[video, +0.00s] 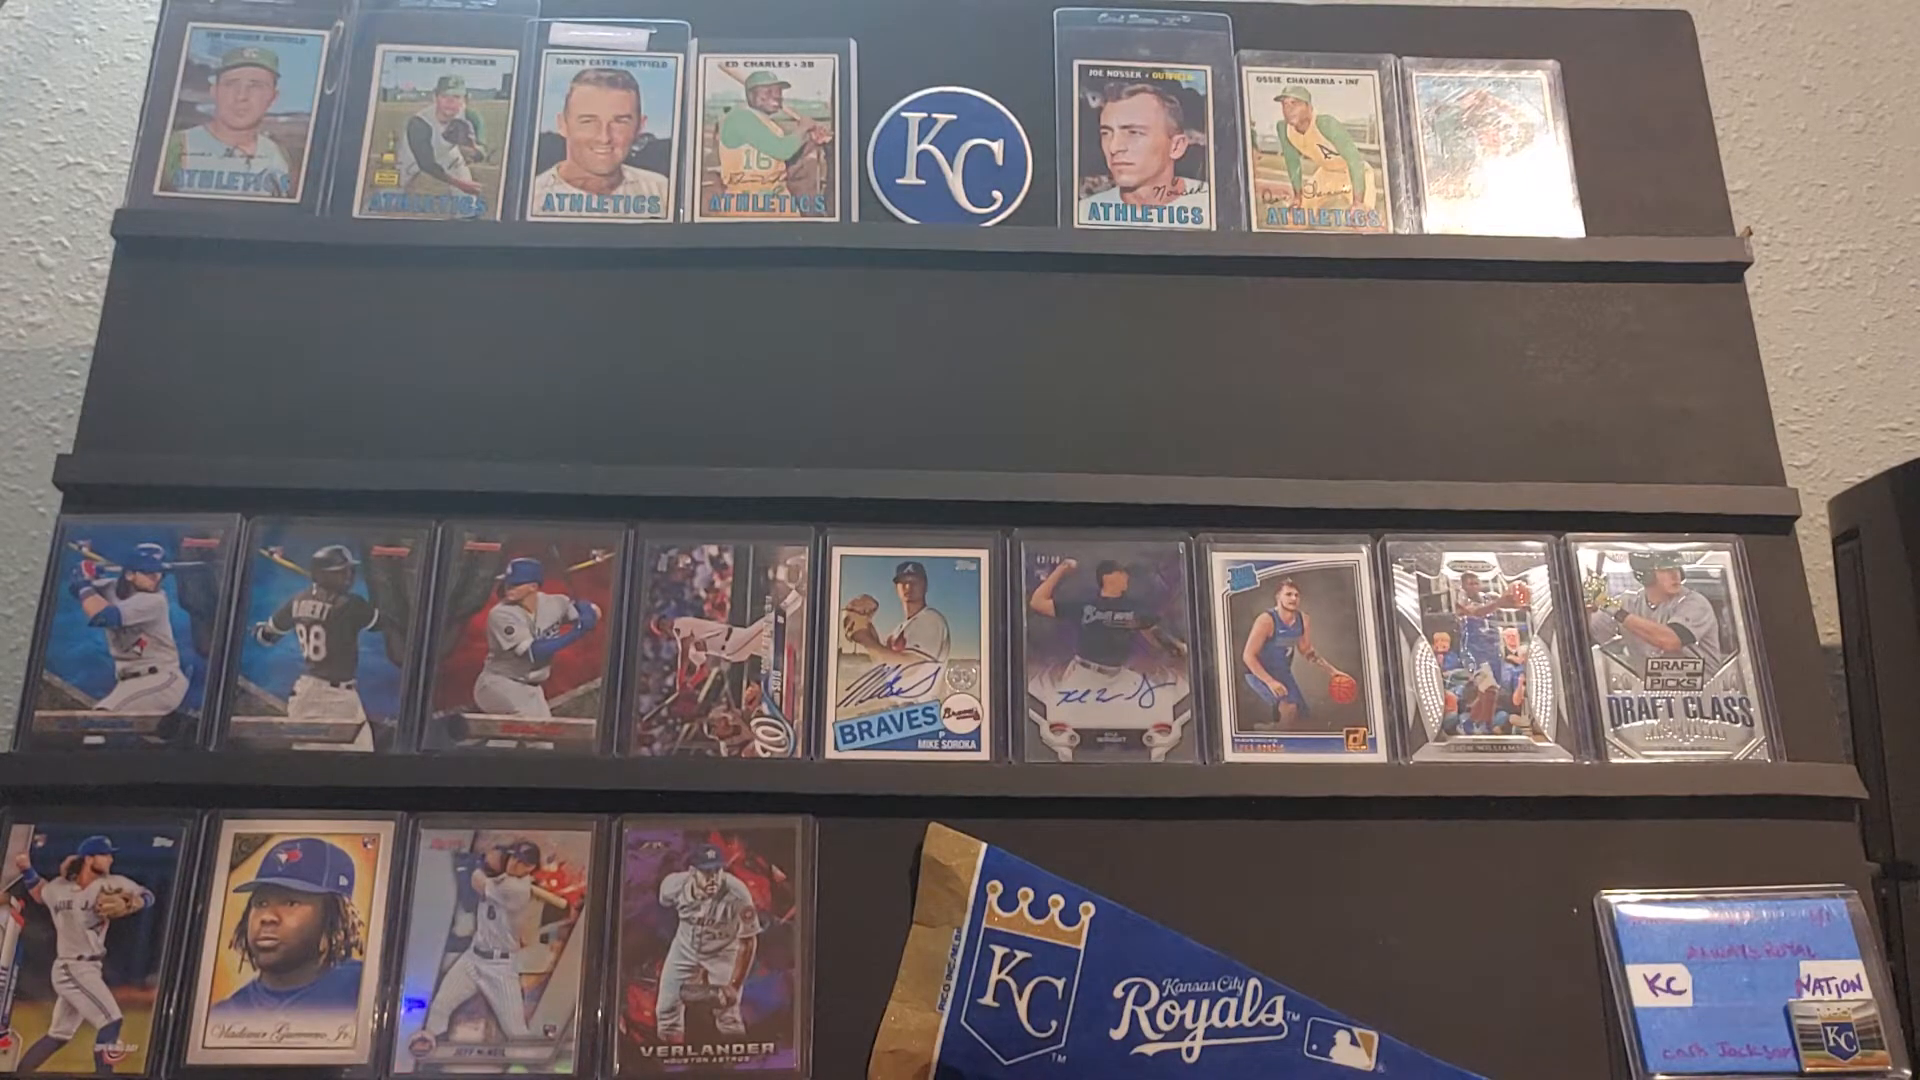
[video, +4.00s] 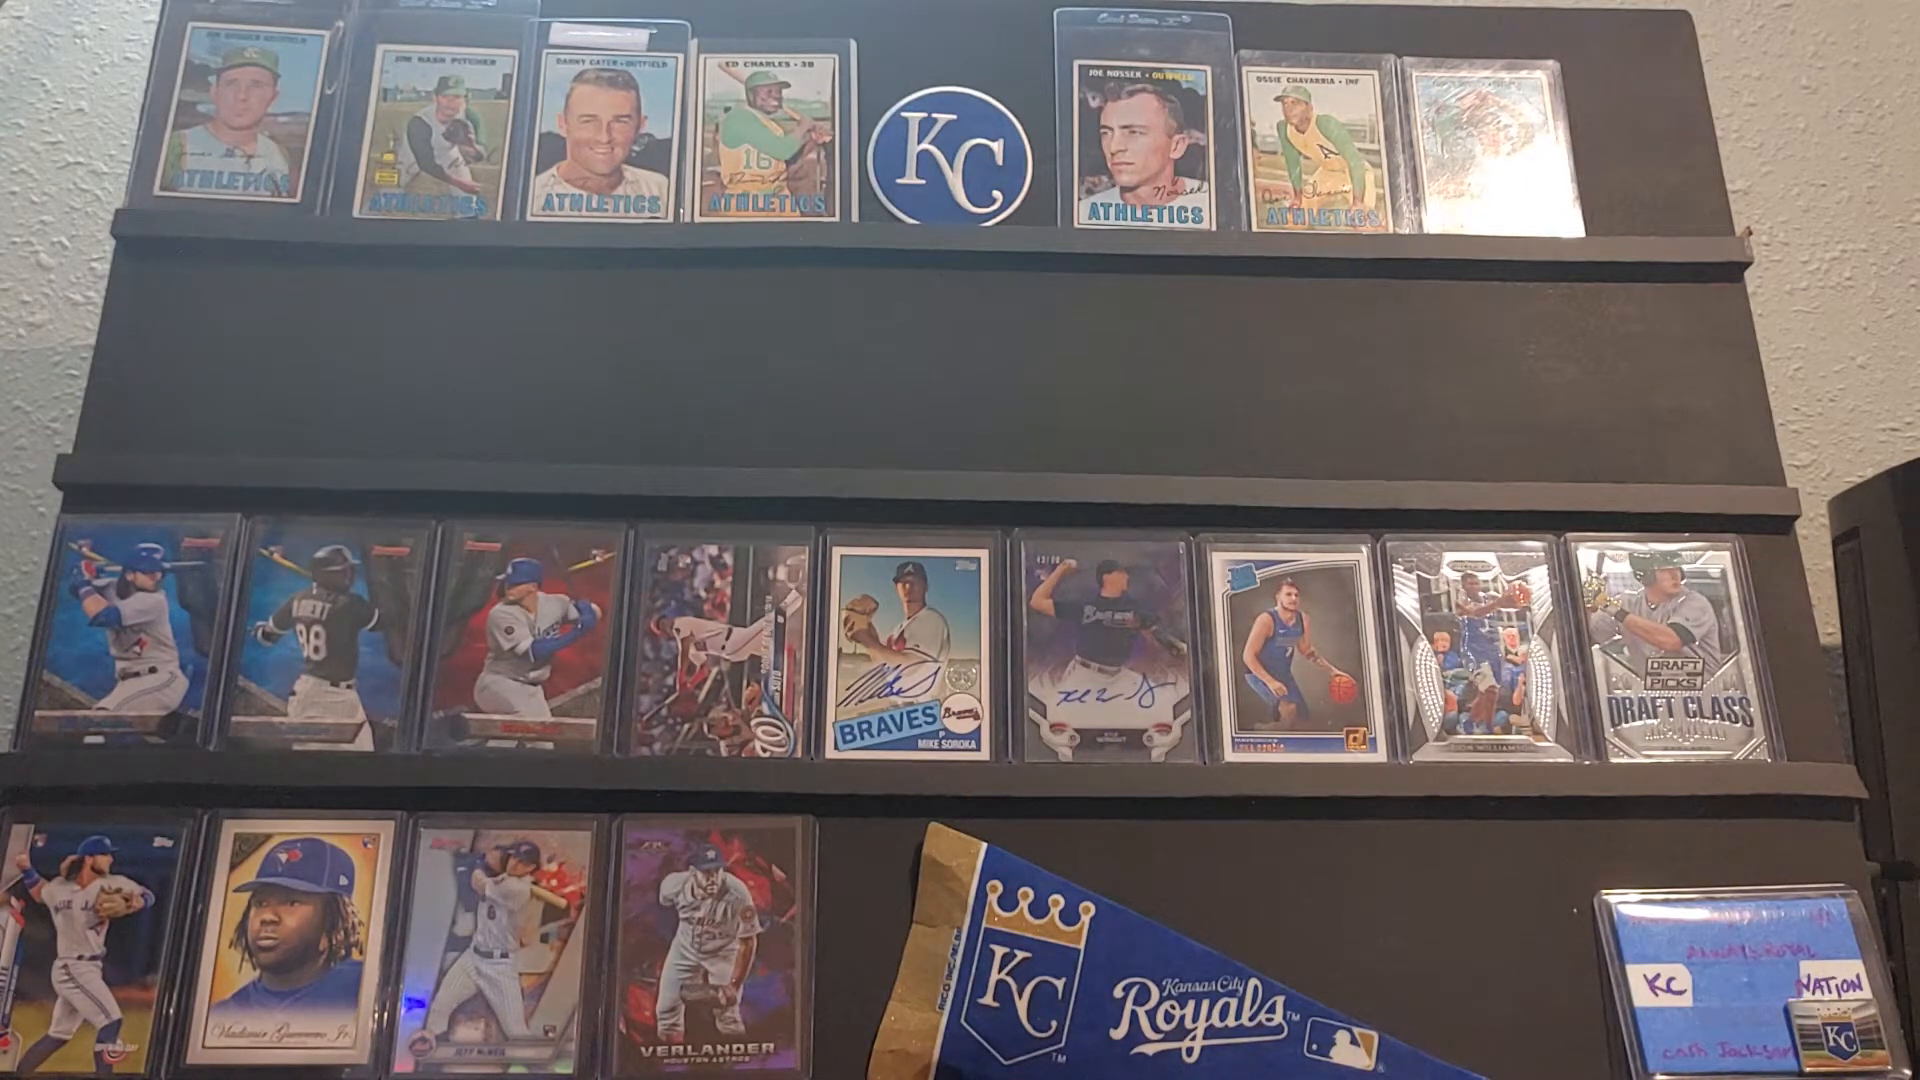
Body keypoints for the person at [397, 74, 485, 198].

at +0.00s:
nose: (451, 102)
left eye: (456, 97)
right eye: (445, 96)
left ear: (464, 101)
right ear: (436, 98)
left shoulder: (470, 117)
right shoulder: (419, 123)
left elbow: (481, 153)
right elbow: (427, 165)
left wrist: (467, 148)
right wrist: (461, 185)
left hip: (455, 166)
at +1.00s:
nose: (451, 102)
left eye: (457, 97)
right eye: (446, 96)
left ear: (464, 100)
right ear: (436, 98)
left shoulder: (469, 115)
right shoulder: (419, 123)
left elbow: (481, 154)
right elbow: (427, 165)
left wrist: (469, 150)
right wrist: (461, 185)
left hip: (453, 162)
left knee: (467, 196)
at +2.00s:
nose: (451, 102)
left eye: (457, 97)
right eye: (446, 96)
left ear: (464, 100)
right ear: (436, 98)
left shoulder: (470, 115)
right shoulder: (419, 123)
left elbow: (480, 154)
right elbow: (427, 165)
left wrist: (469, 150)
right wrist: (461, 185)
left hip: (454, 165)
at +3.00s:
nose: (451, 102)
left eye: (457, 97)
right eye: (446, 96)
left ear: (464, 100)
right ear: (436, 97)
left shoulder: (467, 116)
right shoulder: (419, 123)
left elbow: (481, 153)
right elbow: (427, 165)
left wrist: (472, 152)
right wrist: (460, 184)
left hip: (453, 164)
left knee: (467, 197)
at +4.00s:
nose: (451, 101)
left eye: (456, 97)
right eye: (446, 96)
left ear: (464, 101)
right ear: (436, 98)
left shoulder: (470, 116)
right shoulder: (419, 123)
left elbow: (481, 153)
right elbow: (427, 165)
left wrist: (470, 150)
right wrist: (461, 185)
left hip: (454, 164)